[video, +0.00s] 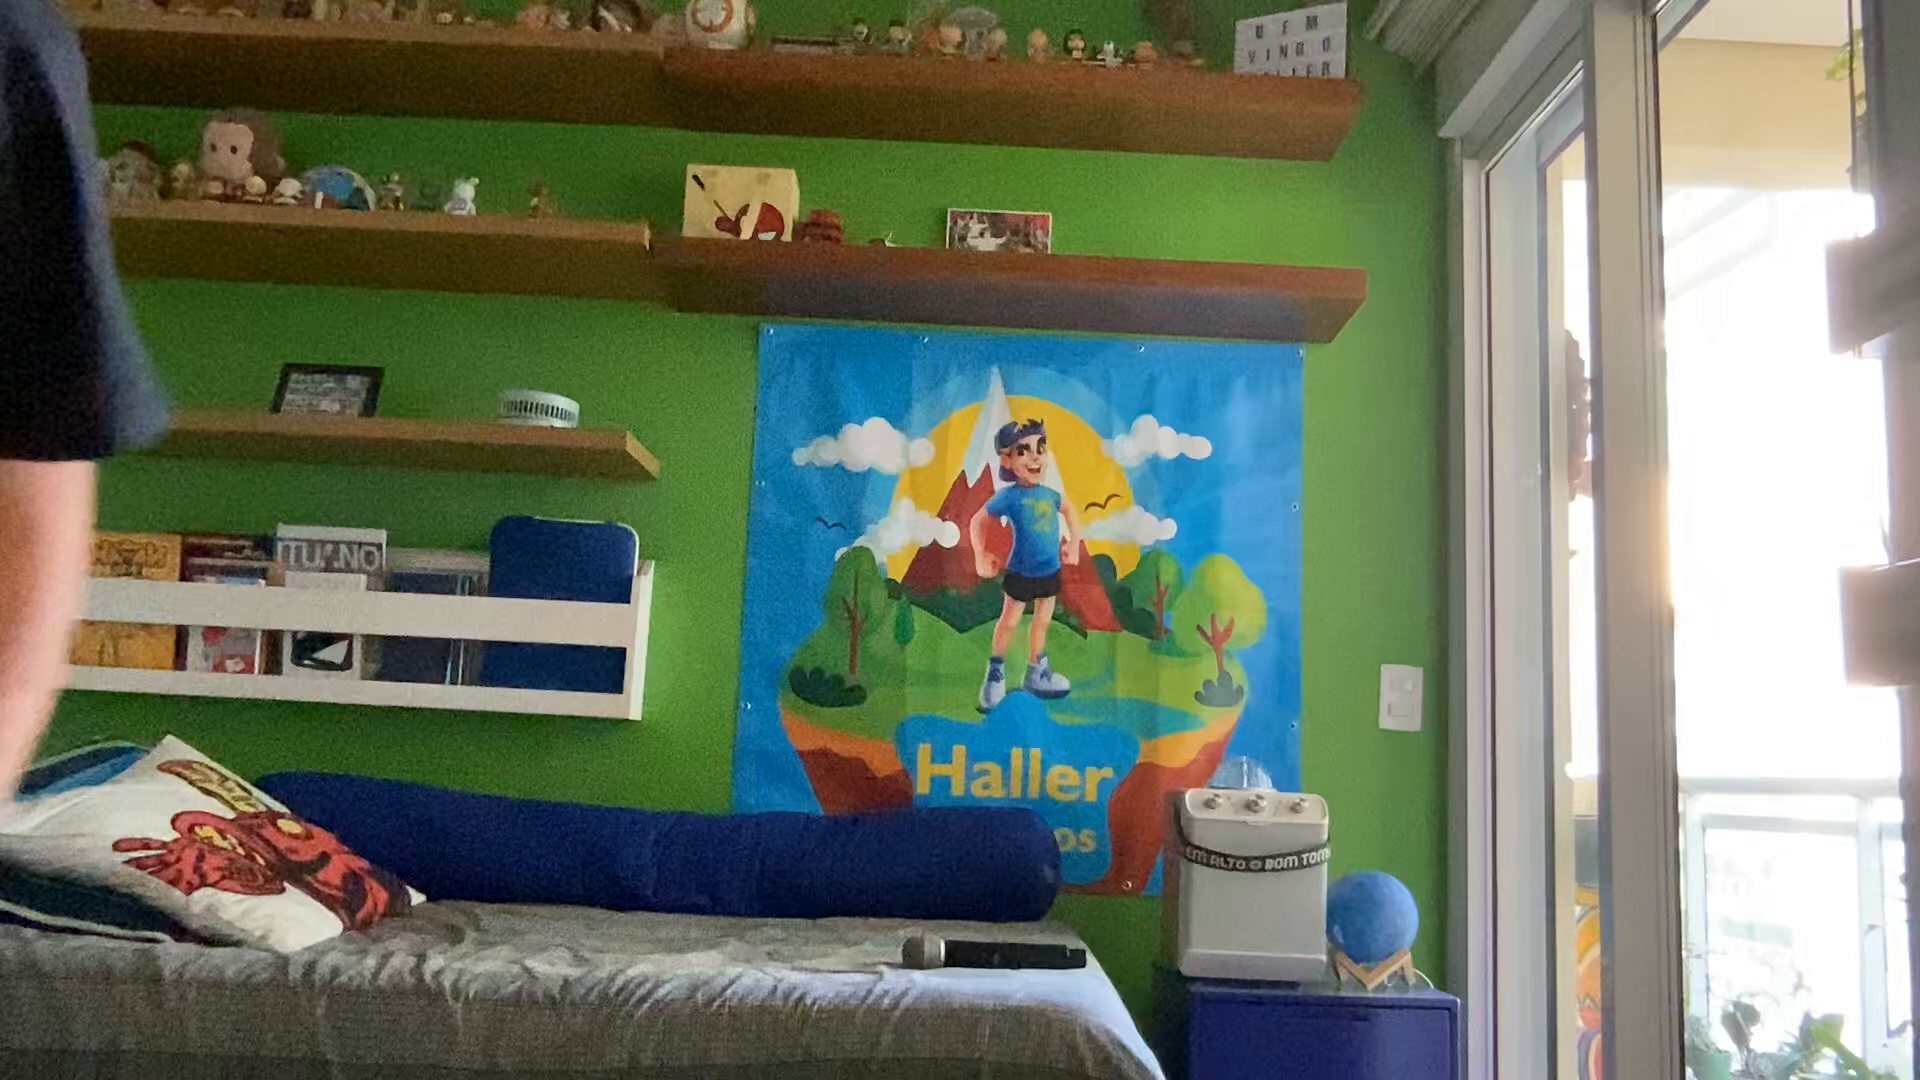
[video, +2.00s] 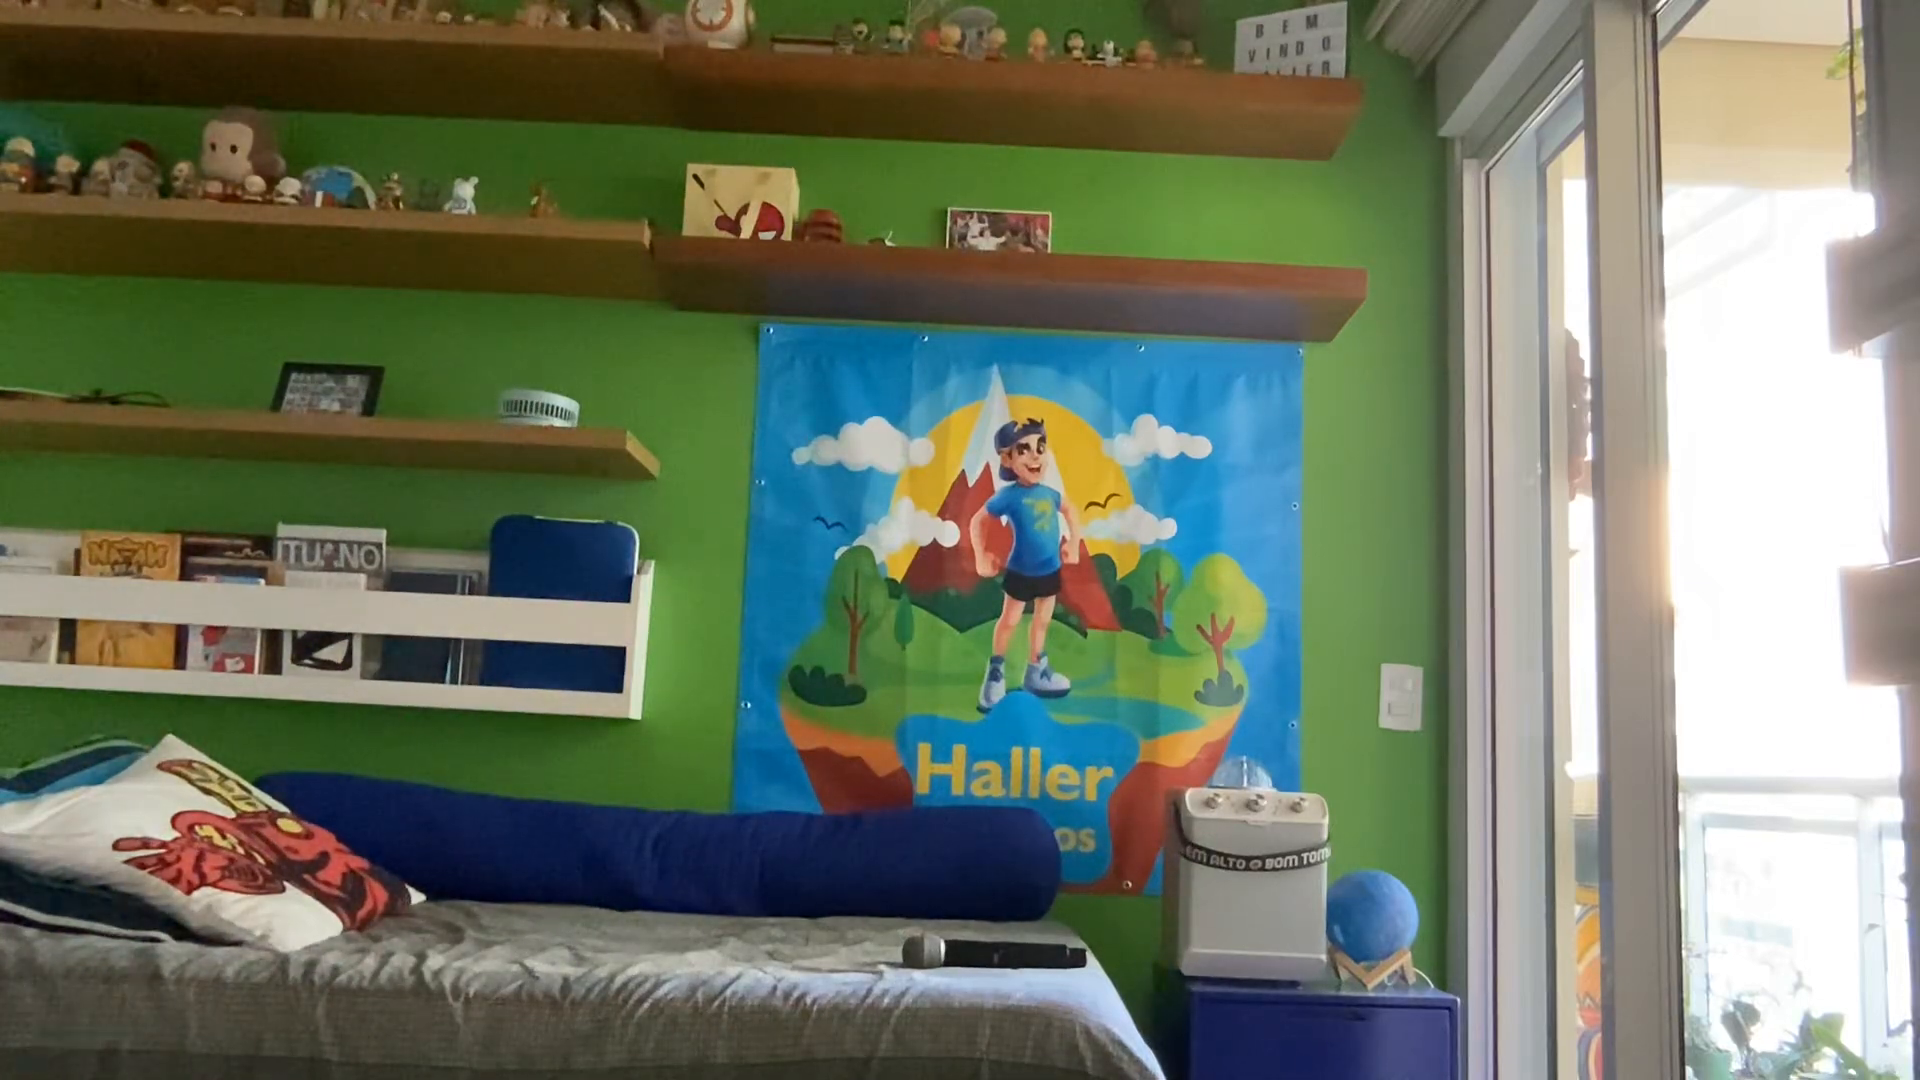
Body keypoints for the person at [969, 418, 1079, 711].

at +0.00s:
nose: (1034, 458)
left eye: (1040, 450)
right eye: (1024, 451)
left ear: (1047, 456)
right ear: (1007, 461)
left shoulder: (1050, 495)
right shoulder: (1007, 496)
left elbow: (1069, 511)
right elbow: (977, 521)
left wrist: (1074, 542)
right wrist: (980, 555)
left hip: (1049, 571)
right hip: (1020, 572)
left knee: (1043, 619)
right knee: (1009, 620)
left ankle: (1037, 671)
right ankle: (995, 672)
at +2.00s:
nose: (1034, 458)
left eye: (1040, 449)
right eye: (1024, 450)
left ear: (1046, 455)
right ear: (1008, 459)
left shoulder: (1050, 494)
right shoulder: (1007, 496)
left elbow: (1071, 513)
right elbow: (977, 521)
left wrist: (1074, 543)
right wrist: (980, 555)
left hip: (1049, 570)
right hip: (1020, 572)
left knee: (1043, 618)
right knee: (1010, 619)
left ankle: (1036, 670)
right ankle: (996, 671)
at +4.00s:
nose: (1034, 458)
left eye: (1039, 449)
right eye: (1024, 450)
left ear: (1047, 454)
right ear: (1008, 460)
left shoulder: (1050, 494)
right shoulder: (1008, 496)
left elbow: (1070, 512)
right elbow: (977, 520)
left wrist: (1074, 542)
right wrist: (980, 556)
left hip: (1049, 571)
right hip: (1020, 572)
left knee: (1043, 618)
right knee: (1010, 619)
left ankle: (1036, 670)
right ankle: (996, 671)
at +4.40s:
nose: (1033, 459)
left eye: (1038, 450)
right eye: (1023, 451)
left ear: (1046, 456)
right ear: (1011, 458)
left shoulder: (1051, 494)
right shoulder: (1007, 495)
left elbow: (1070, 513)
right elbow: (1001, 535)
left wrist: (1074, 541)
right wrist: (996, 566)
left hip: (1049, 571)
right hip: (1019, 572)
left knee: (1042, 621)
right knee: (1008, 621)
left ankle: (1037, 669)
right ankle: (996, 667)